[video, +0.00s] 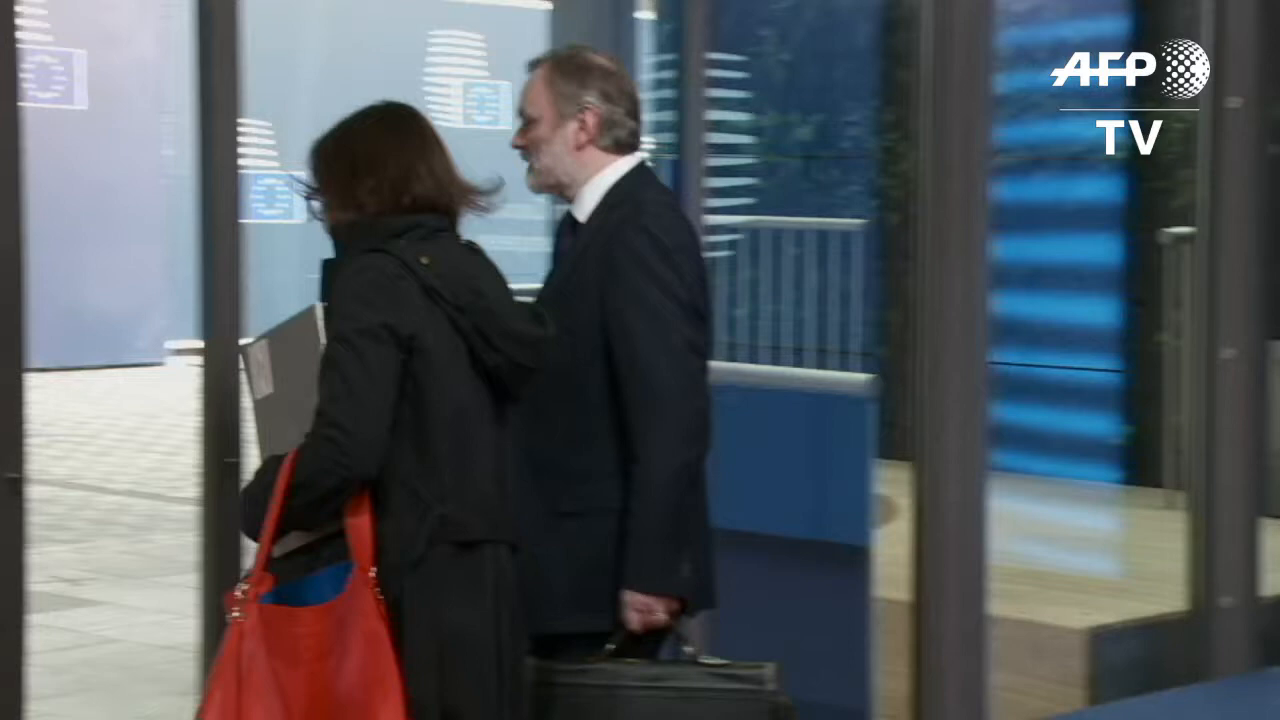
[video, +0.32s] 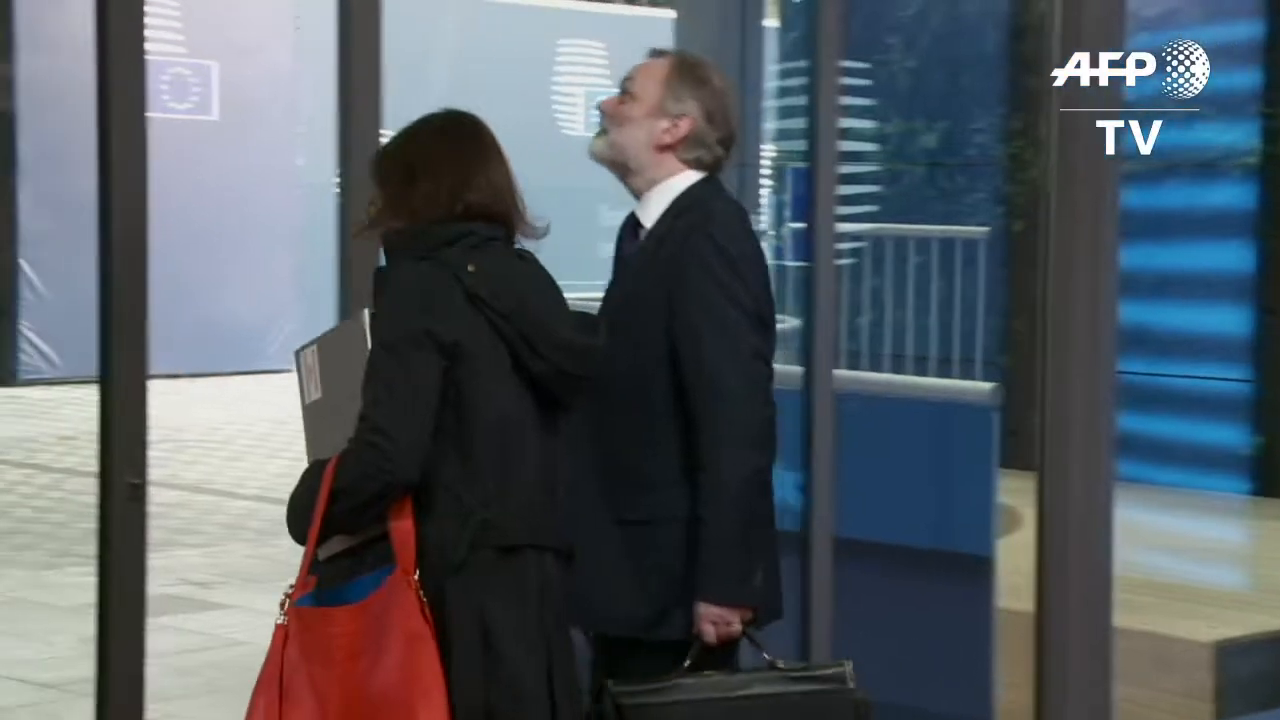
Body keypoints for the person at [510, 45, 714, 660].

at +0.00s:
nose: (517, 140)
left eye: (531, 122)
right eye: (521, 123)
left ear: (583, 127)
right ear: (582, 128)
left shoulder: (639, 228)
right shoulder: (592, 222)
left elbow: (668, 412)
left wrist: (650, 572)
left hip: (609, 569)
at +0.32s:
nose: (607, 105)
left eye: (627, 96)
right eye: (617, 92)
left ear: (672, 130)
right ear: (667, 131)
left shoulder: (707, 234)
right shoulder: (653, 228)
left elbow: (734, 419)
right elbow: (639, 400)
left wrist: (724, 581)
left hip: (676, 576)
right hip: (635, 565)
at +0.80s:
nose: (696, 110)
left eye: (717, 102)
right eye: (708, 98)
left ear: (761, 136)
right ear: (757, 137)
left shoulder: (791, 243)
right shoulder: (748, 232)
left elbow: (802, 431)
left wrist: (787, 596)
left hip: (751, 586)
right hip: (718, 576)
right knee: (720, 717)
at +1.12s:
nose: (732, 170)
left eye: (738, 151)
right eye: (732, 152)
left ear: (783, 150)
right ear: (785, 151)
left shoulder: (835, 255)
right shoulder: (820, 238)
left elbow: (845, 442)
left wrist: (826, 604)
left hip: (797, 600)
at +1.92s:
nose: (772, 195)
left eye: (773, 175)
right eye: (769, 178)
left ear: (814, 163)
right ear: (817, 164)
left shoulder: (898, 257)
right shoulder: (857, 248)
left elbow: (953, 435)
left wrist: (927, 587)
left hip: (883, 608)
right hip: (846, 598)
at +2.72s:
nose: (689, 210)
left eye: (689, 191)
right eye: (688, 193)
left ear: (711, 179)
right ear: (770, 176)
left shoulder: (799, 265)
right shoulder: (769, 263)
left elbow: (846, 432)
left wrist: (830, 581)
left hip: (792, 599)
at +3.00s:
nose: (639, 187)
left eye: (639, 168)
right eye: (638, 170)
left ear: (656, 161)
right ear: (722, 160)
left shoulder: (725, 244)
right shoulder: (741, 236)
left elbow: (750, 406)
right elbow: (753, 405)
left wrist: (740, 548)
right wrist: (728, 543)